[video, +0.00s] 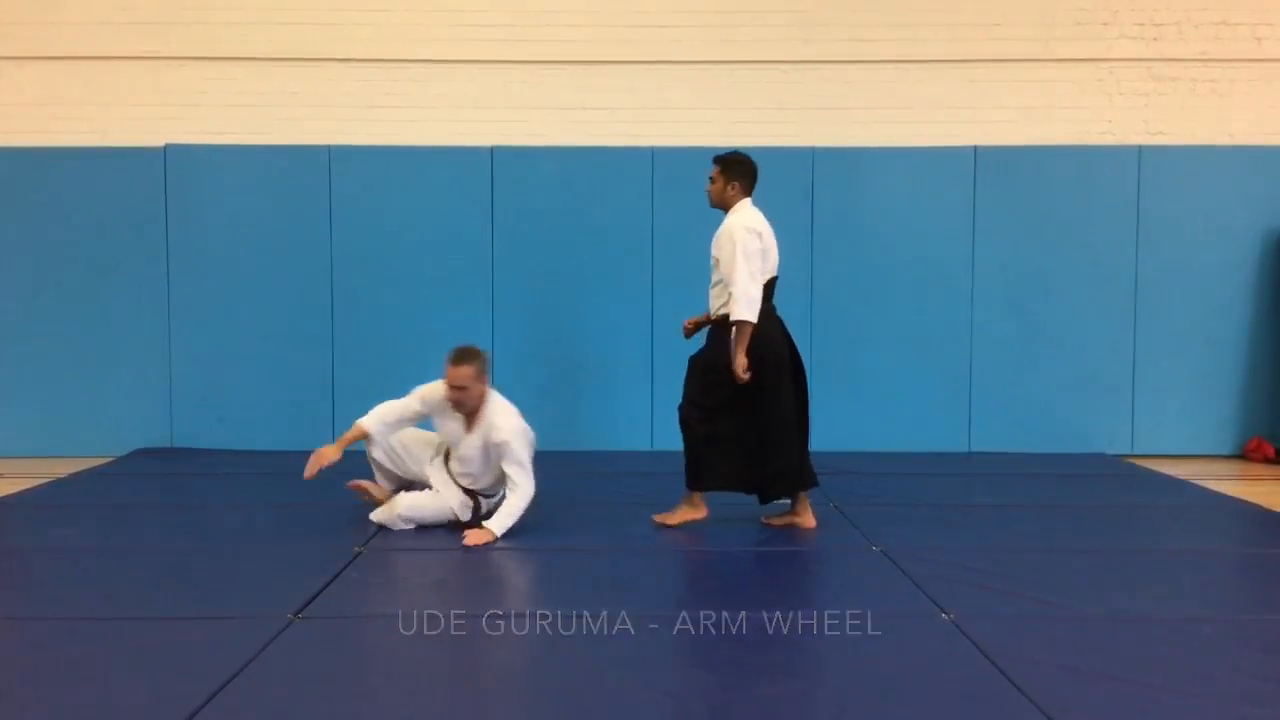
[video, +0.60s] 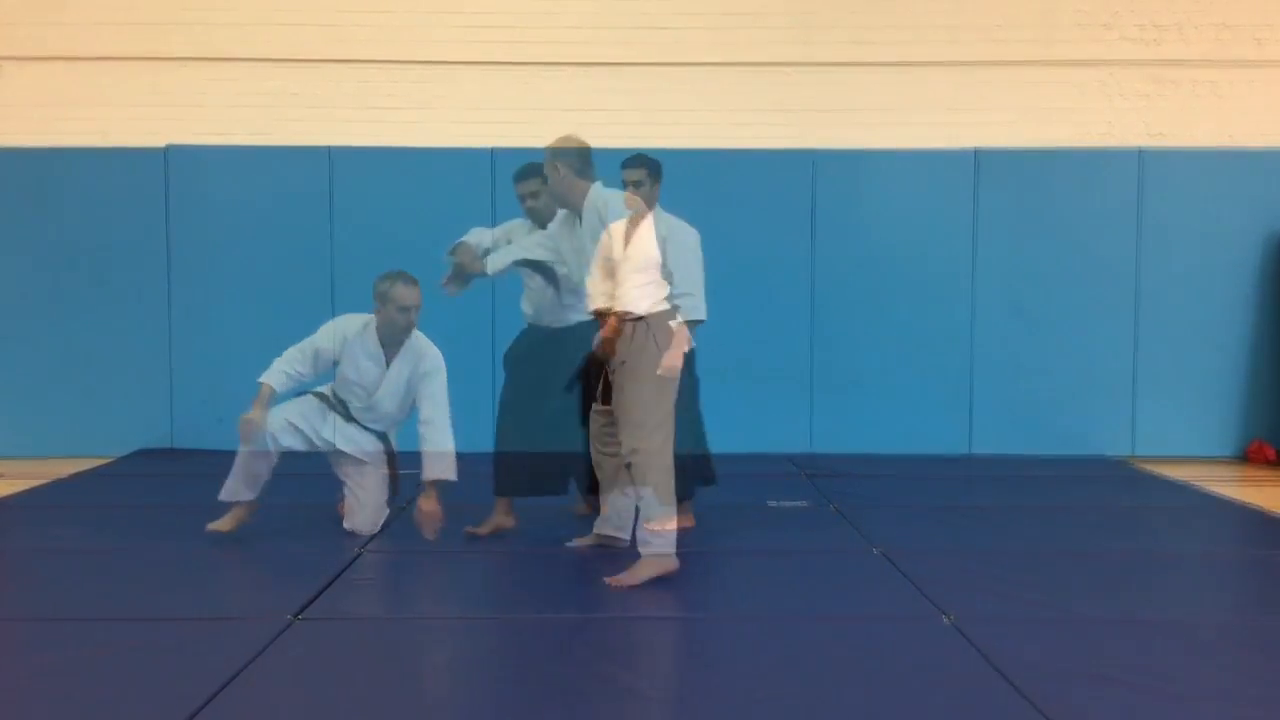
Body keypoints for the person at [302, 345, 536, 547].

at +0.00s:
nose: (451, 396)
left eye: (460, 390)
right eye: (449, 387)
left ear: (483, 384)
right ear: (445, 379)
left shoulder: (507, 427)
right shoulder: (442, 393)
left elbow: (523, 488)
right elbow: (393, 413)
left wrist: (491, 529)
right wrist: (339, 445)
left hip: (470, 495)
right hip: (445, 457)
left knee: (401, 508)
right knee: (382, 438)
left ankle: (385, 505)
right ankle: (388, 492)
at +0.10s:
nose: (432, 396)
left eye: (440, 388)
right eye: (425, 388)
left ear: (456, 380)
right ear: (418, 379)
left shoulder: (479, 419)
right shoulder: (411, 391)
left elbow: (506, 479)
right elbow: (361, 414)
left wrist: (490, 530)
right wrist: (324, 454)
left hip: (464, 493)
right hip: (430, 464)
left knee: (390, 514)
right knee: (368, 444)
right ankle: (394, 502)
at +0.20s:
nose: (419, 393)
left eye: (428, 384)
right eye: (411, 385)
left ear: (439, 377)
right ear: (399, 377)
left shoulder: (462, 415)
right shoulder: (388, 387)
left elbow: (494, 474)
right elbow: (337, 410)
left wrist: (490, 530)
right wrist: (312, 454)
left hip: (442, 483)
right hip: (408, 455)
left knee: (374, 518)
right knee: (338, 451)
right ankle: (388, 494)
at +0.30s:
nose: (417, 381)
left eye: (424, 372)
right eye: (408, 374)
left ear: (432, 365)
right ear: (391, 367)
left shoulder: (449, 400)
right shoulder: (377, 372)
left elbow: (477, 460)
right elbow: (322, 398)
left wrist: (487, 527)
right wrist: (304, 448)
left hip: (418, 467)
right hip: (382, 438)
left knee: (370, 521)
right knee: (317, 459)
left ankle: (408, 497)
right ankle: (370, 489)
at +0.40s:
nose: (416, 362)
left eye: (422, 353)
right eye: (407, 355)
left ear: (427, 347)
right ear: (386, 348)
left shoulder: (440, 383)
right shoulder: (366, 356)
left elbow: (465, 447)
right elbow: (309, 381)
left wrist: (471, 517)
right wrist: (296, 438)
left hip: (400, 457)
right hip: (358, 426)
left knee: (365, 523)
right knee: (286, 449)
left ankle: (366, 502)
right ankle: (330, 475)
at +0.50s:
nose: (416, 338)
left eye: (421, 329)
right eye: (407, 330)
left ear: (426, 326)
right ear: (384, 327)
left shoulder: (435, 369)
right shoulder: (358, 342)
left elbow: (450, 433)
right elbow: (303, 368)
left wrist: (452, 502)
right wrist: (280, 423)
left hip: (385, 448)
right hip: (342, 418)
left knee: (365, 525)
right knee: (275, 434)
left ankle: (355, 504)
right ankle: (278, 494)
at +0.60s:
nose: (411, 319)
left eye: (416, 310)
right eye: (403, 310)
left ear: (420, 310)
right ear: (379, 309)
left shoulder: (427, 358)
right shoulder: (348, 330)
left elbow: (434, 423)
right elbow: (296, 361)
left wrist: (430, 490)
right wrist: (260, 405)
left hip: (370, 440)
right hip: (325, 412)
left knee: (365, 526)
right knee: (261, 427)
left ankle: (349, 503)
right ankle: (243, 507)